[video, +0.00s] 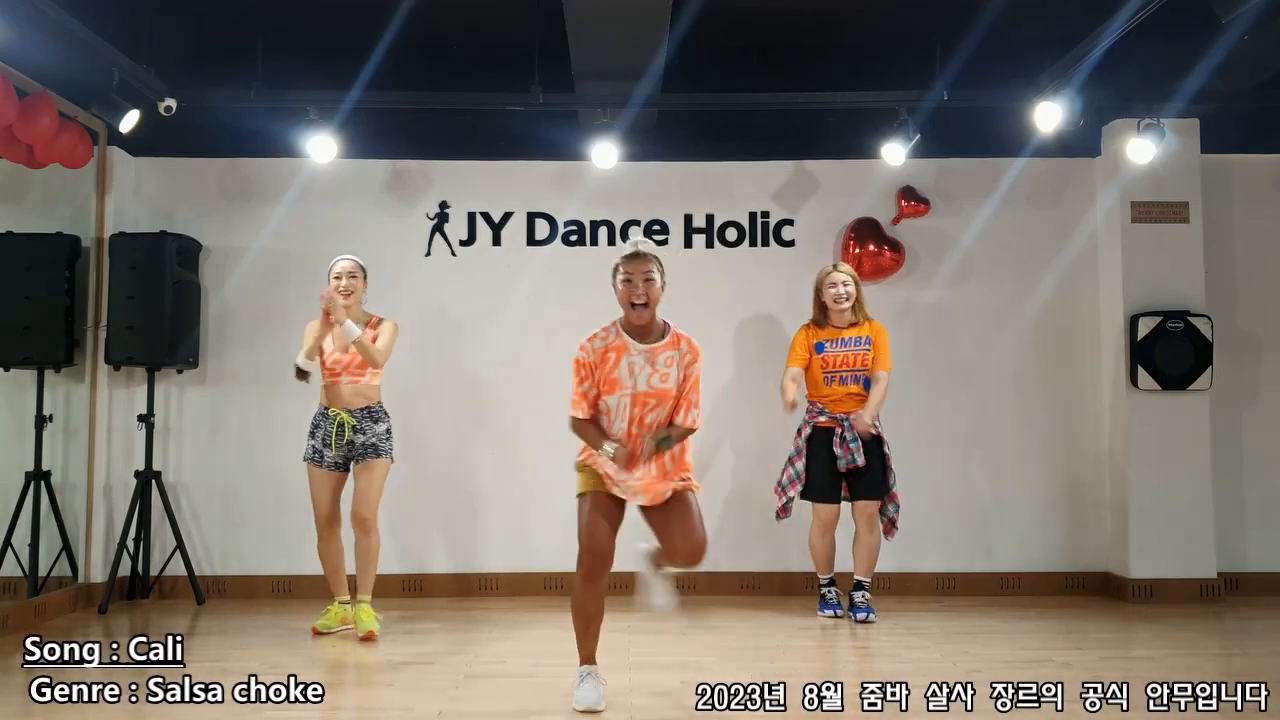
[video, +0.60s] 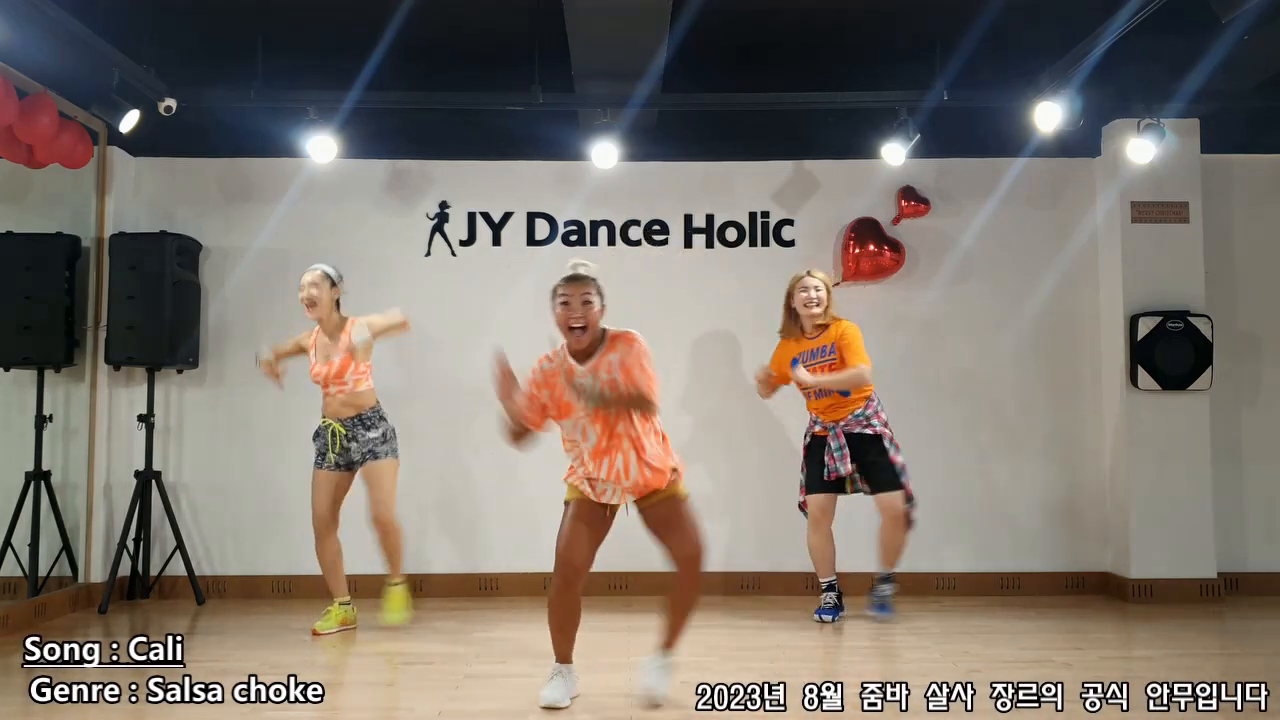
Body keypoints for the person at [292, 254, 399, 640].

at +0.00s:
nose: (344, 282)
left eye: (353, 276)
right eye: (338, 276)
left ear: (364, 287)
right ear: (328, 287)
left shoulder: (382, 326)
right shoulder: (318, 327)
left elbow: (377, 359)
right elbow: (303, 372)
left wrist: (343, 320)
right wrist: (308, 355)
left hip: (371, 425)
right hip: (328, 426)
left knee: (363, 518)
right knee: (326, 520)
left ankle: (365, 605)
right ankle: (341, 604)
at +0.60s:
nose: (306, 294)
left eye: (315, 287)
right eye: (302, 289)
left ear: (336, 291)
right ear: (301, 297)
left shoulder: (359, 326)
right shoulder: (309, 339)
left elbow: (400, 322)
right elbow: (273, 354)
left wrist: (372, 328)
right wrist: (271, 367)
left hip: (371, 429)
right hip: (332, 435)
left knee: (382, 515)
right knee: (323, 522)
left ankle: (396, 582)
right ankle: (342, 604)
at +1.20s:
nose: (381, 296)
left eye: (389, 289)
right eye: (374, 290)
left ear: (403, 295)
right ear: (367, 299)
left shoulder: (426, 337)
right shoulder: (361, 343)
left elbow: (468, 375)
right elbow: (332, 392)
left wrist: (456, 381)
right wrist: (344, 381)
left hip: (423, 434)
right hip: (380, 434)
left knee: (423, 528)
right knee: (348, 518)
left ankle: (439, 603)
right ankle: (349, 603)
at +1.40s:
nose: (416, 294)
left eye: (423, 287)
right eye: (409, 288)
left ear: (434, 293)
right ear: (399, 294)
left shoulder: (451, 331)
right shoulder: (390, 331)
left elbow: (496, 344)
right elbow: (349, 347)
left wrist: (482, 333)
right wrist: (370, 337)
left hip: (450, 430)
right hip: (404, 432)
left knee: (449, 521)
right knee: (407, 524)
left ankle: (444, 602)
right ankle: (412, 604)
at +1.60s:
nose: (456, 300)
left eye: (462, 294)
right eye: (448, 294)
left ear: (472, 300)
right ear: (436, 301)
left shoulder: (483, 343)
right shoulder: (422, 343)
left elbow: (508, 378)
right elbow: (384, 375)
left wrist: (512, 379)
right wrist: (384, 384)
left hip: (470, 438)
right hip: (426, 438)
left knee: (508, 518)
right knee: (403, 530)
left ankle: (520, 603)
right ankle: (412, 606)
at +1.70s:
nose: (481, 303)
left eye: (487, 297)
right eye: (473, 297)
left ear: (495, 302)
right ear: (460, 304)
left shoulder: (501, 350)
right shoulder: (446, 346)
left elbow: (517, 396)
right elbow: (404, 398)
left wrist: (523, 421)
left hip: (483, 444)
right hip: (440, 443)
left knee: (516, 524)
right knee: (401, 532)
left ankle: (520, 608)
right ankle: (408, 604)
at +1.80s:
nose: (499, 293)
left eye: (504, 286)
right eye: (491, 287)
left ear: (511, 292)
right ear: (477, 294)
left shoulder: (515, 340)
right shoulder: (465, 332)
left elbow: (546, 378)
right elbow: (435, 372)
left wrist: (551, 369)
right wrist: (466, 373)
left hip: (489, 434)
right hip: (448, 428)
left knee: (517, 518)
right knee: (393, 514)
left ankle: (521, 606)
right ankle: (387, 593)